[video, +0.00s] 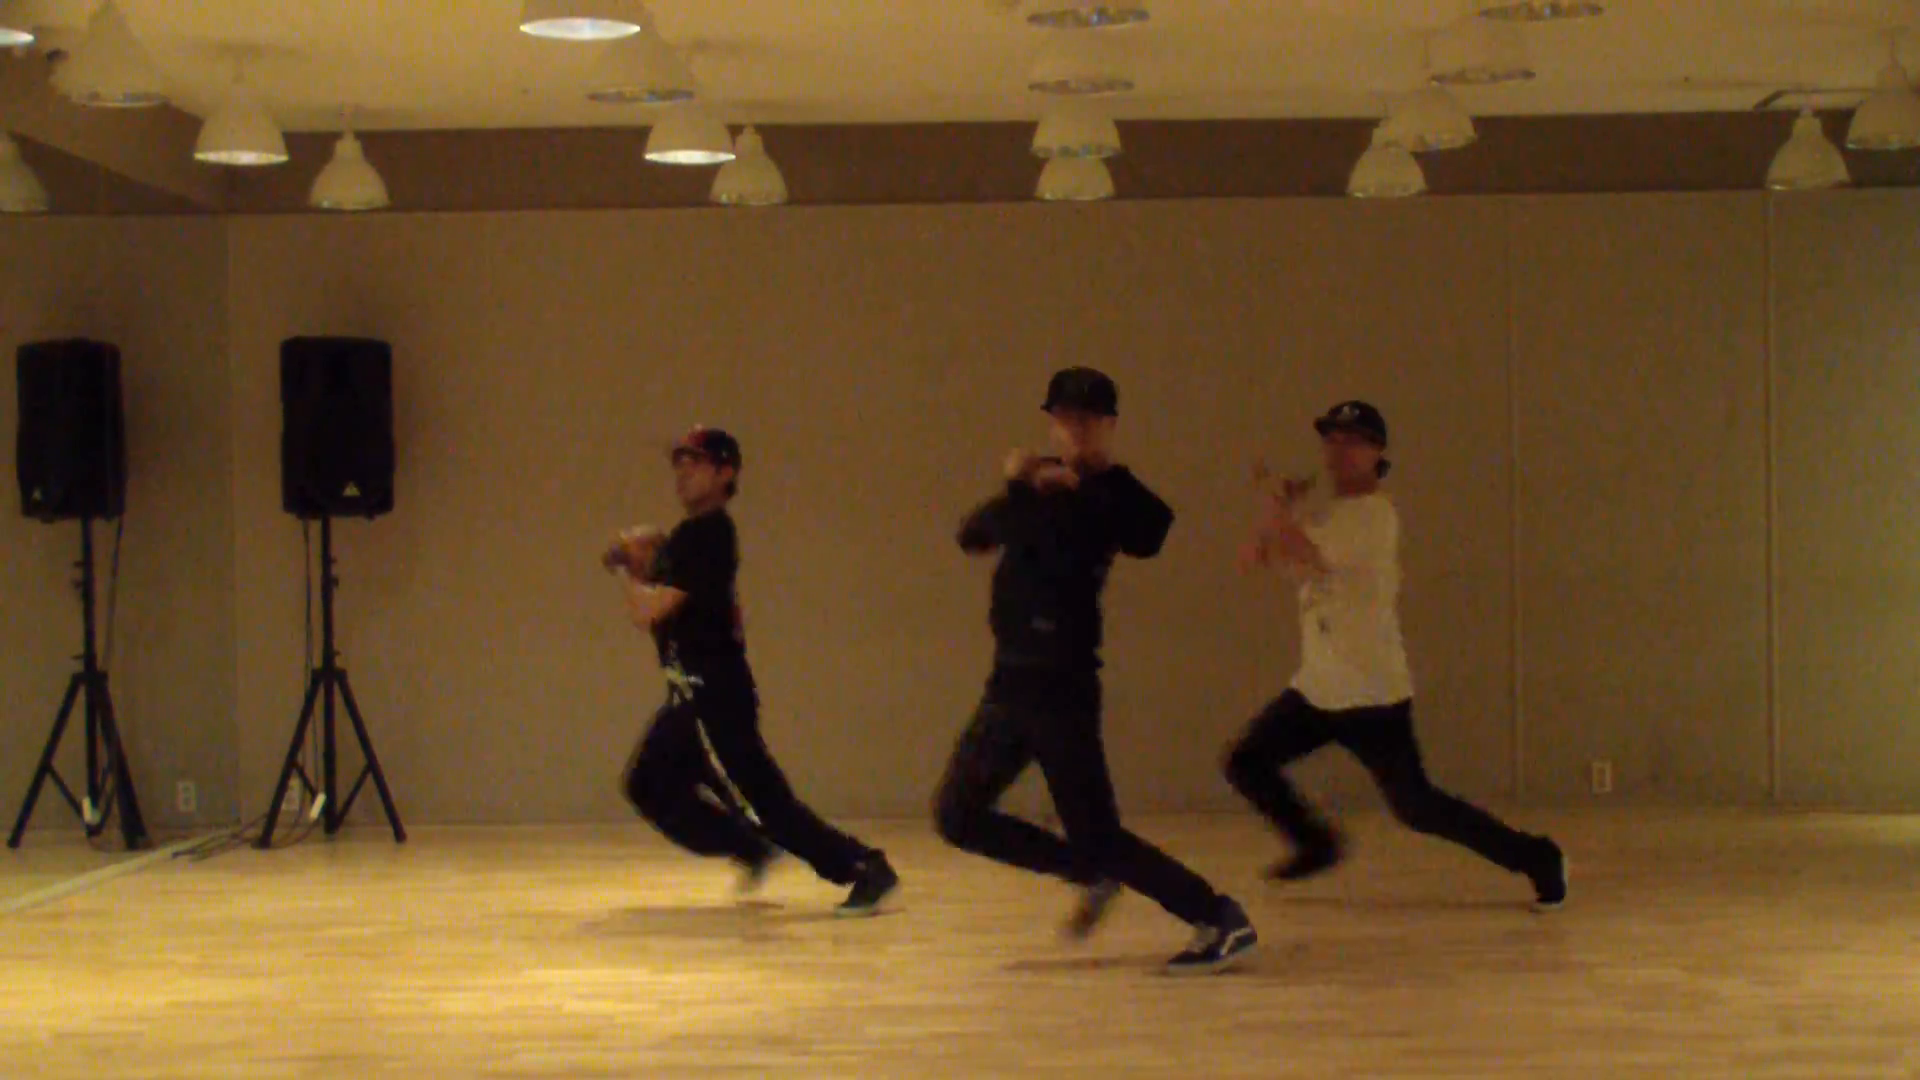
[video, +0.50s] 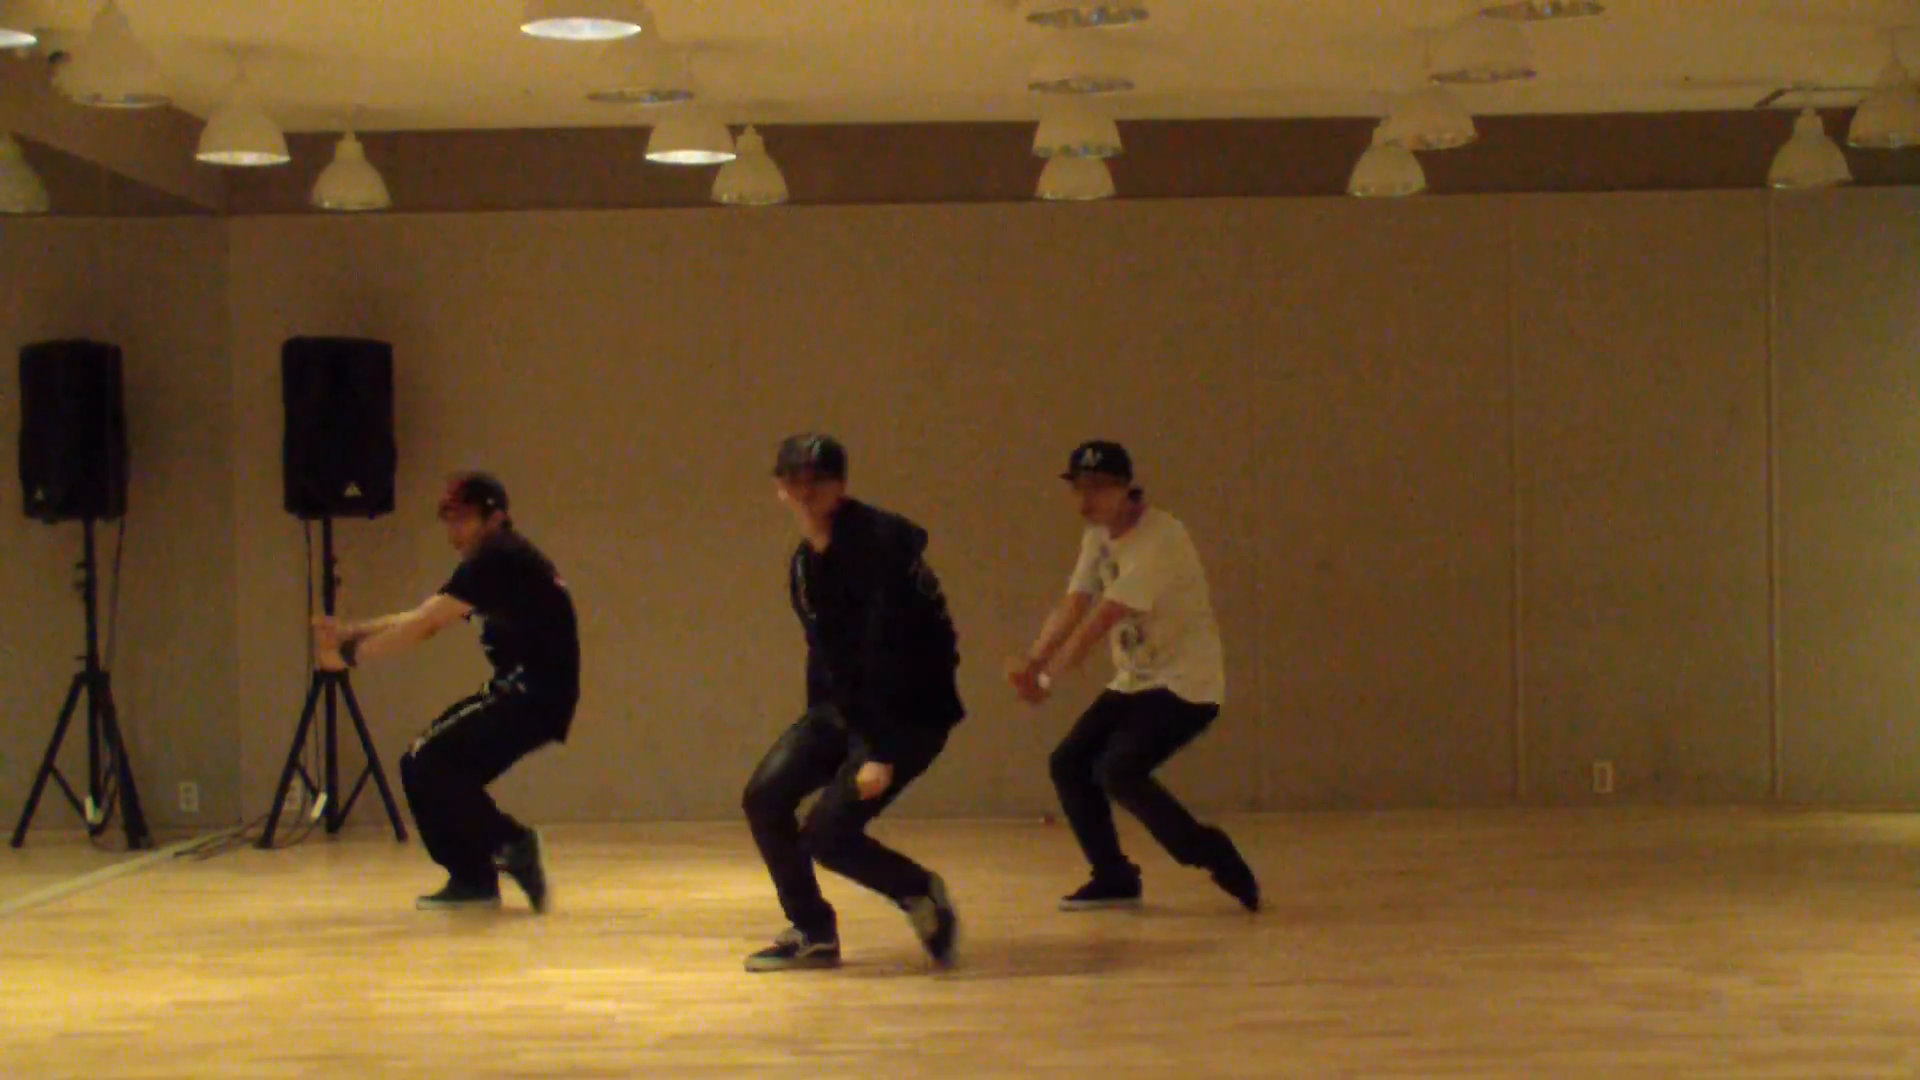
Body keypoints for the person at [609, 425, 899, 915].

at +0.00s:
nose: (682, 473)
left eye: (694, 463)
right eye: (681, 463)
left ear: (725, 474)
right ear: (683, 471)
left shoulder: (707, 535)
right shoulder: (692, 530)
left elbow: (654, 608)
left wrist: (633, 570)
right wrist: (639, 559)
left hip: (714, 690)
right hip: (692, 688)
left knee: (758, 798)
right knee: (650, 784)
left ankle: (862, 867)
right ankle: (746, 845)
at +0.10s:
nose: (616, 465)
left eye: (627, 456)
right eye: (616, 455)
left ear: (656, 465)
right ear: (641, 467)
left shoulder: (644, 517)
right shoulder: (639, 514)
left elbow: (565, 565)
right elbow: (573, 565)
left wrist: (561, 510)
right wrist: (562, 512)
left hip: (678, 679)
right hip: (650, 675)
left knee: (702, 793)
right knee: (572, 744)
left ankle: (822, 851)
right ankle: (570, 868)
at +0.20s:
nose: (541, 500)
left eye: (549, 488)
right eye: (538, 490)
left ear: (582, 486)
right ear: (580, 490)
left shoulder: (591, 528)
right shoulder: (593, 530)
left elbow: (513, 558)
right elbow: (524, 561)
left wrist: (457, 524)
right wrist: (466, 527)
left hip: (634, 678)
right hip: (612, 672)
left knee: (599, 794)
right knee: (526, 759)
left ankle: (705, 863)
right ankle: (481, 876)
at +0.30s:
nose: (504, 524)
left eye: (511, 511)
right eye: (501, 514)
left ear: (543, 506)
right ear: (537, 509)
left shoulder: (554, 547)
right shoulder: (548, 547)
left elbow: (466, 586)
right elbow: (473, 584)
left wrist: (398, 570)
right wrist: (419, 563)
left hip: (584, 695)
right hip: (558, 687)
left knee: (509, 788)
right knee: (463, 758)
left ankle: (608, 857)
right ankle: (472, 879)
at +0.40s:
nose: (475, 530)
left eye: (484, 518)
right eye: (472, 520)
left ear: (516, 517)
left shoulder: (526, 561)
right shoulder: (515, 558)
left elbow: (439, 611)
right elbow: (442, 603)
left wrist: (362, 614)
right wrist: (374, 594)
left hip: (550, 707)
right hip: (526, 697)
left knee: (455, 774)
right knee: (435, 762)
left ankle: (551, 851)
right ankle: (470, 879)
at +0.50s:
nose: (452, 531)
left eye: (460, 519)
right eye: (449, 520)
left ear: (492, 517)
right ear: (486, 520)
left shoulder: (499, 560)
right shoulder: (497, 557)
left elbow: (426, 625)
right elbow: (424, 617)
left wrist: (352, 655)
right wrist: (353, 630)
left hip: (532, 701)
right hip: (520, 695)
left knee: (429, 764)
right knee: (430, 763)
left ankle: (512, 846)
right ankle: (471, 878)